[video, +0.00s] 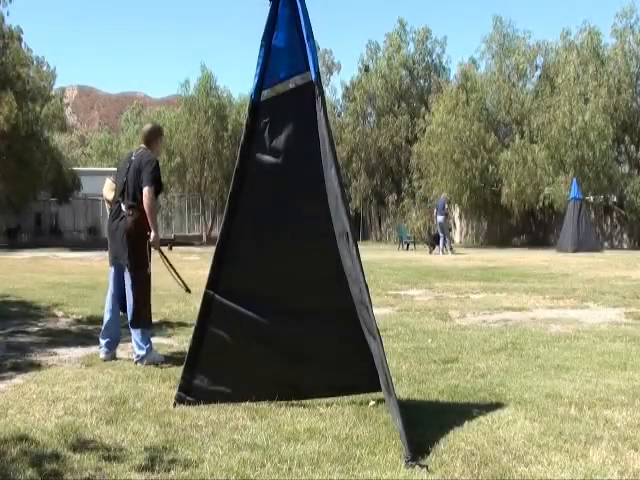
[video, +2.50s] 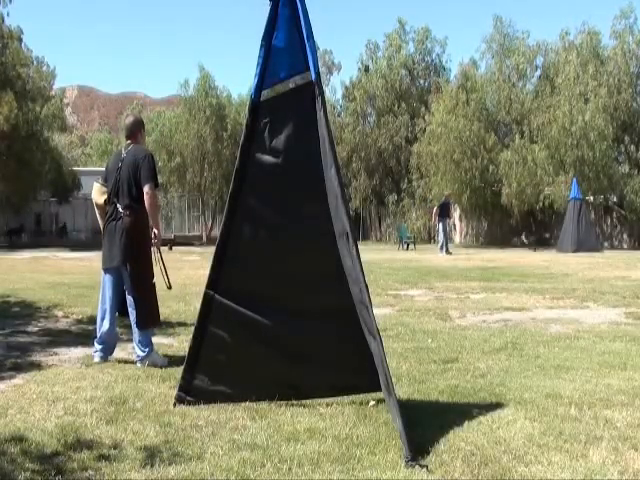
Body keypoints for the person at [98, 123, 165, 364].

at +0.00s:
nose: (162, 145)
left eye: (161, 141)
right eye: (162, 141)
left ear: (143, 139)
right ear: (157, 141)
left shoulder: (129, 158)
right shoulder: (149, 160)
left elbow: (111, 191)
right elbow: (148, 197)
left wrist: (117, 217)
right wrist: (154, 230)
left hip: (116, 222)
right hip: (133, 225)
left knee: (115, 289)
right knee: (138, 289)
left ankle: (107, 346)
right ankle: (143, 350)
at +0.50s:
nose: (140, 141)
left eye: (138, 137)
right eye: (139, 138)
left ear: (119, 139)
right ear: (136, 138)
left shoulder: (107, 163)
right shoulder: (133, 158)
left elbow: (92, 200)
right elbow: (136, 195)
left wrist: (100, 228)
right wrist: (145, 225)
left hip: (105, 234)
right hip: (125, 232)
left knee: (106, 295)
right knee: (135, 291)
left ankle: (101, 348)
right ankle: (146, 349)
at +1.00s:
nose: (145, 136)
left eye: (141, 133)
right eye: (144, 133)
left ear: (125, 135)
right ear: (142, 134)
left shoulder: (113, 160)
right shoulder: (146, 157)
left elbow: (98, 198)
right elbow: (151, 194)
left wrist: (105, 231)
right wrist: (158, 226)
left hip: (115, 231)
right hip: (138, 233)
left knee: (110, 293)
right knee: (141, 292)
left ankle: (102, 348)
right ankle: (144, 351)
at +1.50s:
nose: (143, 134)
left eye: (140, 131)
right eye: (143, 131)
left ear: (123, 133)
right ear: (140, 132)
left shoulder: (113, 160)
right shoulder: (144, 156)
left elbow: (98, 198)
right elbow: (150, 194)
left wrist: (105, 230)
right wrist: (158, 227)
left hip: (114, 231)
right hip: (137, 231)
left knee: (110, 293)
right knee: (141, 292)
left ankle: (102, 348)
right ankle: (144, 350)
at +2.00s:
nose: (145, 135)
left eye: (143, 132)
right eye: (144, 132)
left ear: (125, 135)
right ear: (140, 133)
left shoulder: (113, 160)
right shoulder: (144, 155)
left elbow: (99, 197)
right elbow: (149, 193)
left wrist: (105, 228)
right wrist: (156, 227)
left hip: (112, 230)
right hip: (134, 230)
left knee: (109, 294)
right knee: (138, 293)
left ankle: (102, 349)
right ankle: (144, 351)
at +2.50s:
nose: (146, 135)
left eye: (143, 132)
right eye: (145, 132)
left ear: (126, 135)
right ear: (141, 133)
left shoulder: (114, 159)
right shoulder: (144, 156)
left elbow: (98, 196)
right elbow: (149, 193)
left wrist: (105, 226)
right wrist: (156, 226)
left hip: (112, 229)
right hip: (134, 230)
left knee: (109, 294)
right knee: (138, 292)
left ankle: (101, 349)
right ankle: (144, 351)